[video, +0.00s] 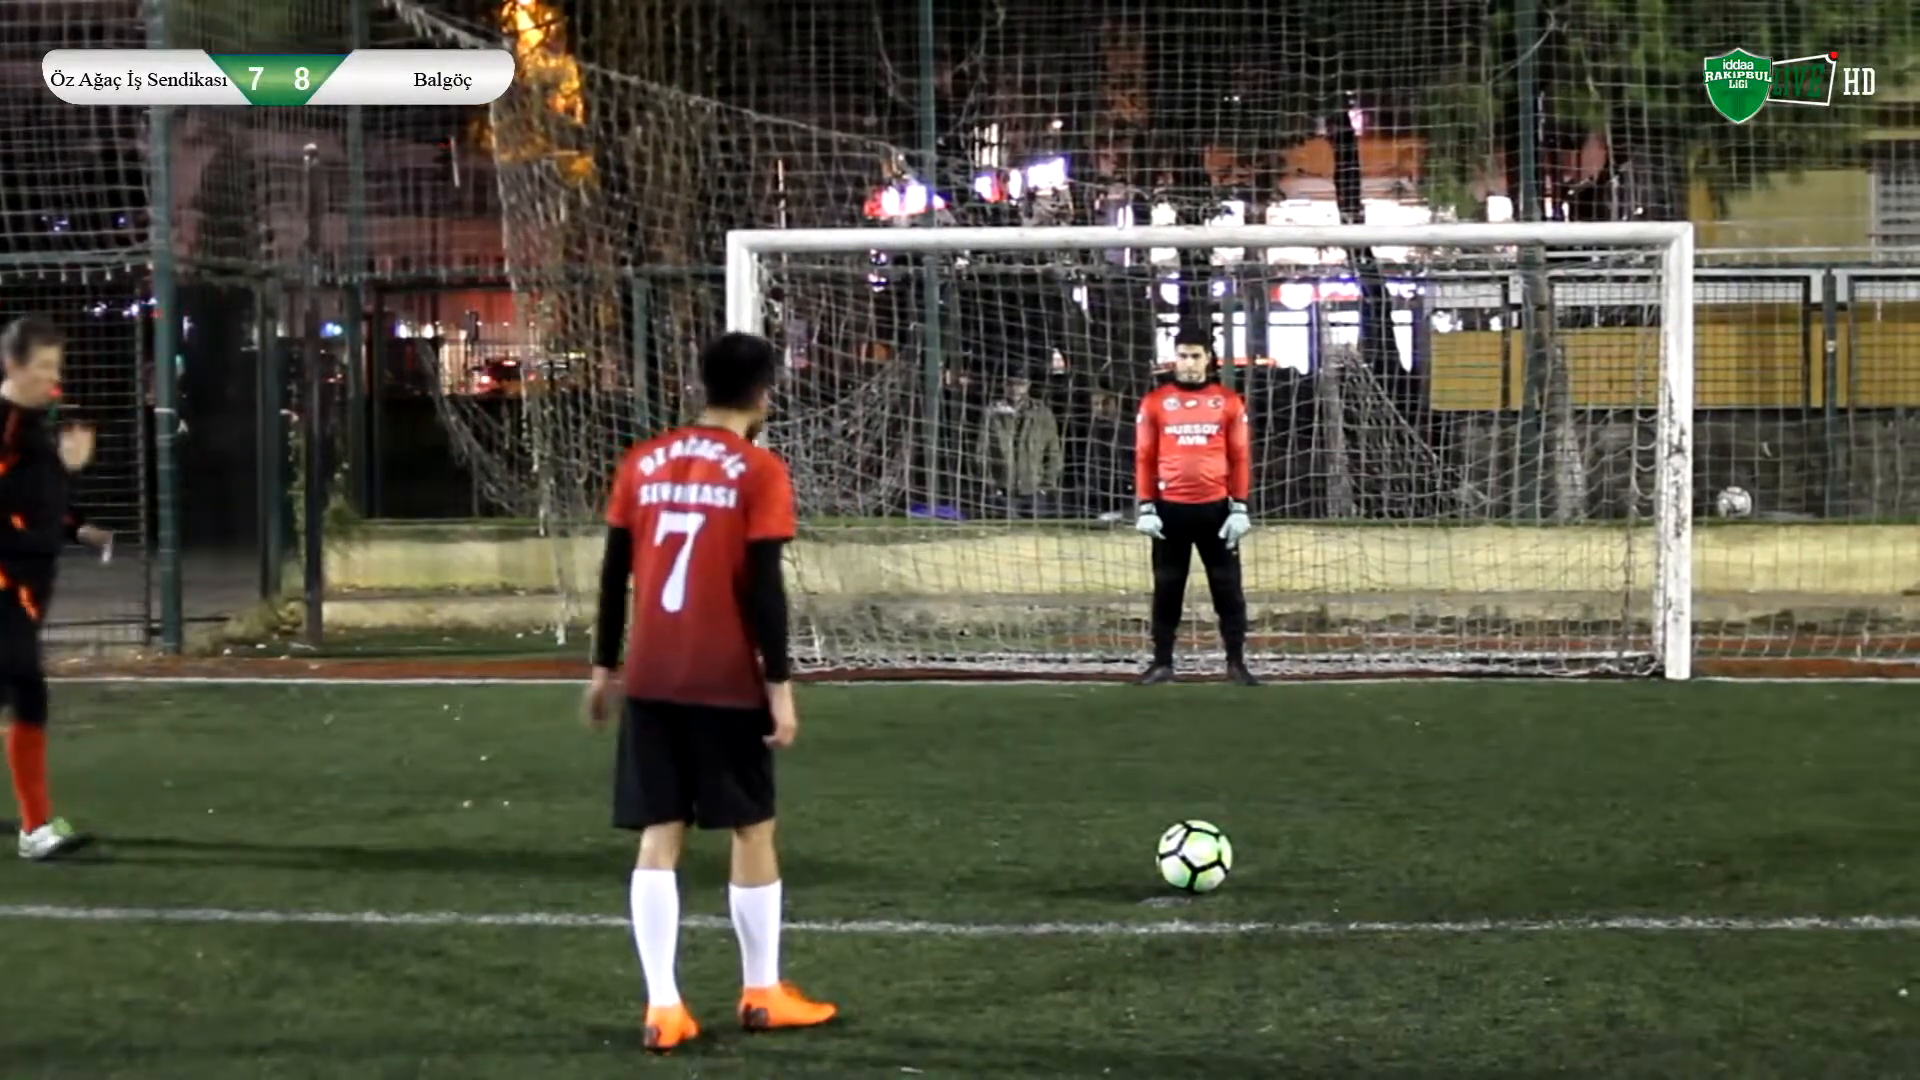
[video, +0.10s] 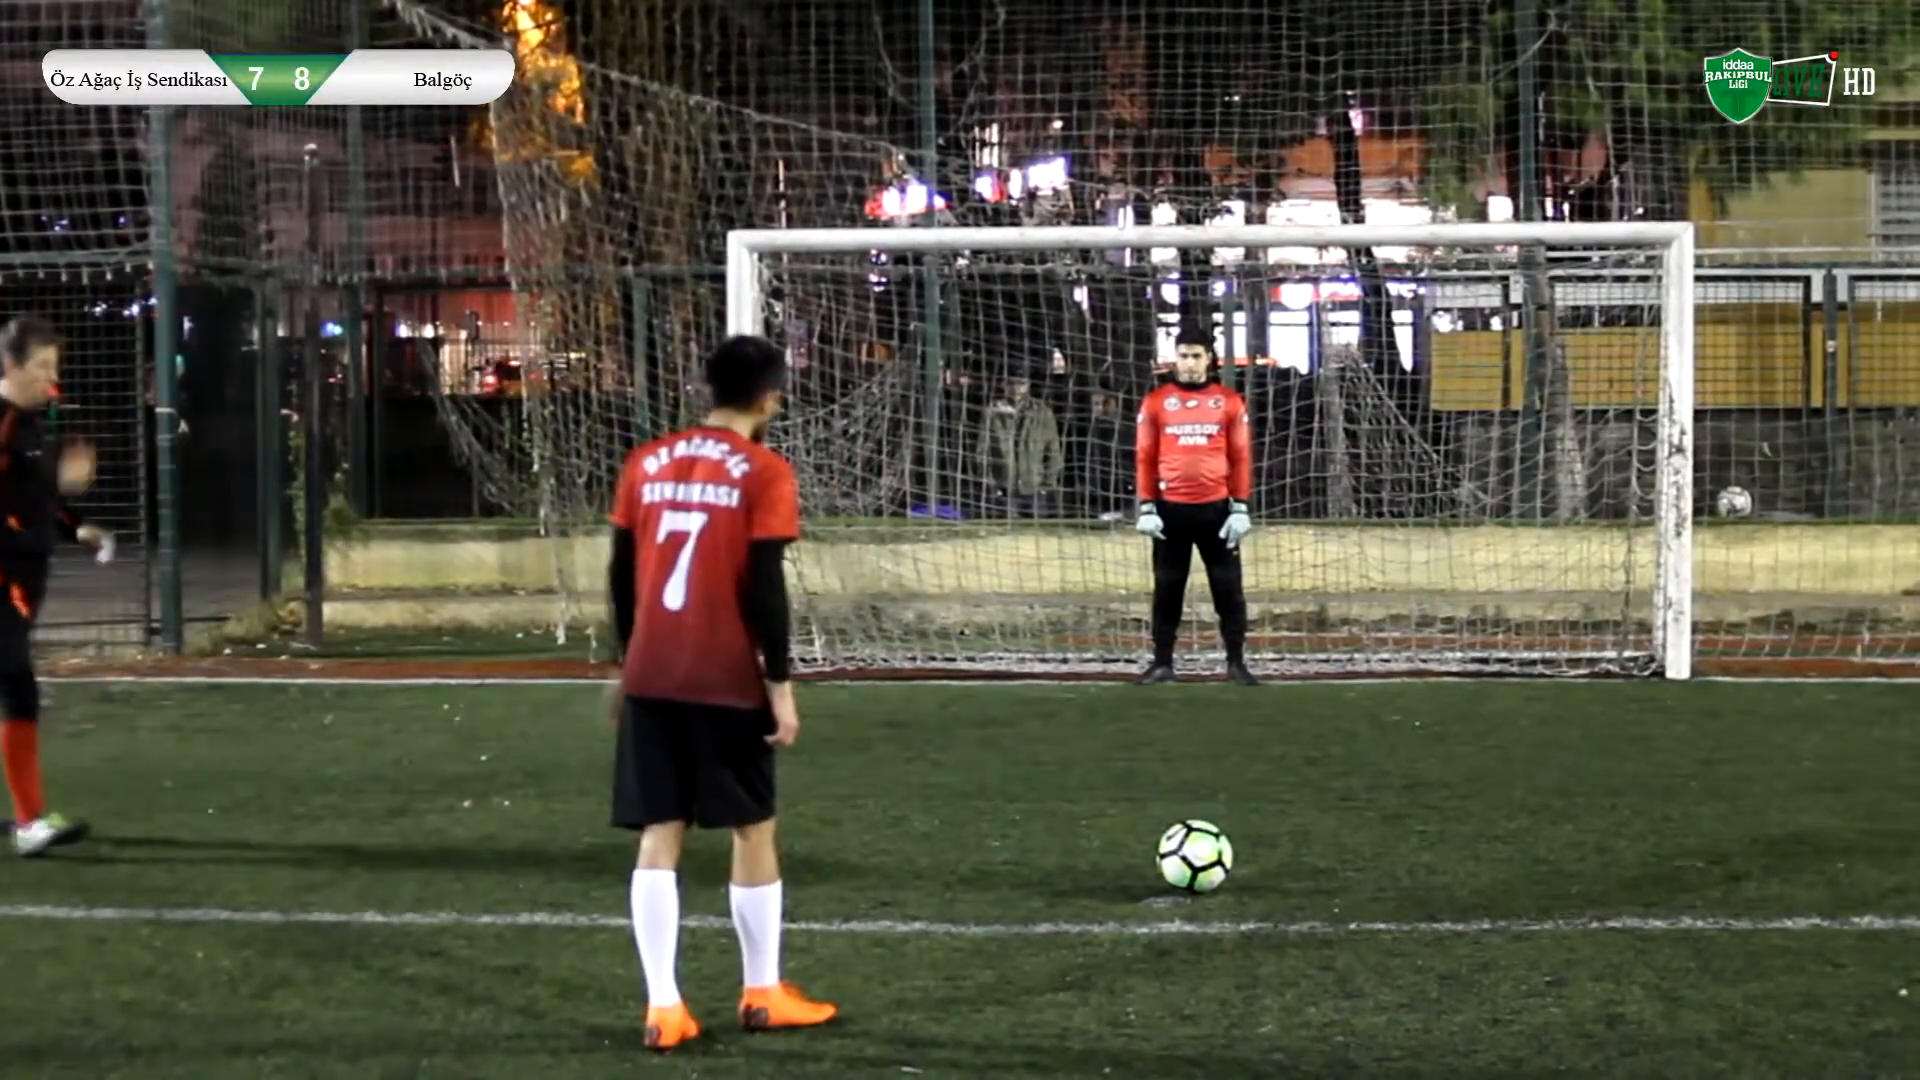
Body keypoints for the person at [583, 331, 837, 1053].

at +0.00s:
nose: (771, 401)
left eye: (769, 390)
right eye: (772, 392)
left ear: (699, 388)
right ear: (762, 396)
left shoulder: (642, 461)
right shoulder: (762, 471)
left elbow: (614, 572)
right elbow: (762, 579)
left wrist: (605, 662)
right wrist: (780, 678)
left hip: (650, 678)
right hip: (729, 682)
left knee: (659, 831)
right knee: (754, 829)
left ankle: (662, 1004)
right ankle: (763, 988)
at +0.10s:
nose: (780, 405)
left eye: (779, 395)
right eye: (779, 395)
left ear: (709, 390)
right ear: (769, 398)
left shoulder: (644, 462)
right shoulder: (766, 471)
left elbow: (623, 576)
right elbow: (764, 582)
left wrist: (632, 662)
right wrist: (780, 679)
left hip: (649, 676)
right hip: (728, 680)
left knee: (660, 829)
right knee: (755, 827)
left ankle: (662, 1004)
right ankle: (764, 988)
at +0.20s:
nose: (782, 407)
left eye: (781, 397)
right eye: (782, 398)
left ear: (713, 393)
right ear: (772, 400)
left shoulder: (649, 461)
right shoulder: (767, 472)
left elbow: (626, 574)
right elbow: (764, 583)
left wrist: (649, 650)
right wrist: (781, 680)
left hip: (650, 675)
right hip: (728, 677)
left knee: (660, 828)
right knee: (755, 827)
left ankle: (662, 1004)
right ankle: (764, 988)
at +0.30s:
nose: (788, 410)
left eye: (787, 400)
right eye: (788, 401)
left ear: (721, 394)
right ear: (775, 403)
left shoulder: (655, 461)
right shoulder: (770, 472)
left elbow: (630, 574)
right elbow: (765, 582)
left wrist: (662, 639)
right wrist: (782, 680)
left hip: (650, 673)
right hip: (727, 677)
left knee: (659, 828)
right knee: (754, 827)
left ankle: (661, 1004)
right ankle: (763, 988)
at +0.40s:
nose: (793, 413)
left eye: (792, 402)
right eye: (793, 403)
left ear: (727, 395)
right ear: (779, 405)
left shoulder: (663, 459)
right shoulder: (773, 472)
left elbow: (635, 577)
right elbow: (768, 581)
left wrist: (688, 623)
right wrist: (785, 679)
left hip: (651, 671)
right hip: (728, 676)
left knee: (660, 827)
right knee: (754, 827)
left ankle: (661, 1004)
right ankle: (763, 988)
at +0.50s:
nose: (799, 415)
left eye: (797, 403)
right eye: (798, 404)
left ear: (735, 396)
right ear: (785, 406)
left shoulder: (666, 462)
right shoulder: (781, 473)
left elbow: (641, 577)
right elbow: (772, 578)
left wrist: (693, 625)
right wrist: (788, 679)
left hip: (655, 670)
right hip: (732, 675)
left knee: (663, 828)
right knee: (757, 826)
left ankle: (663, 1002)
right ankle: (765, 987)